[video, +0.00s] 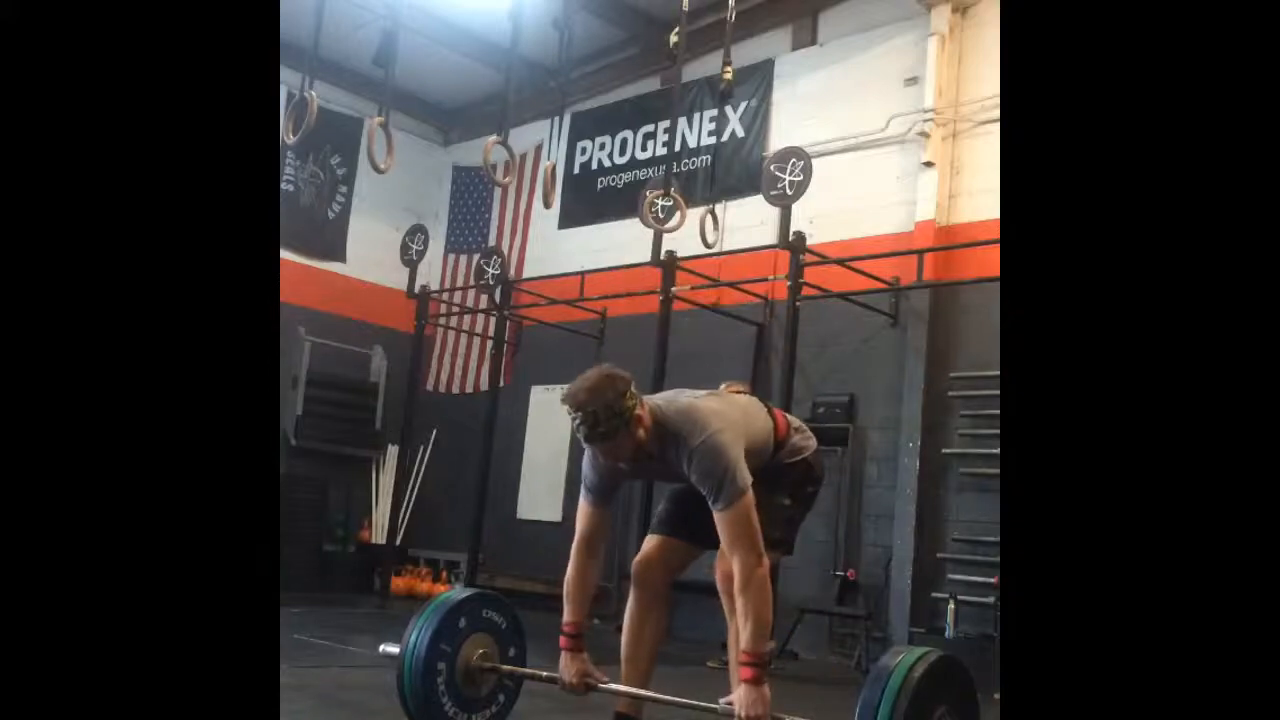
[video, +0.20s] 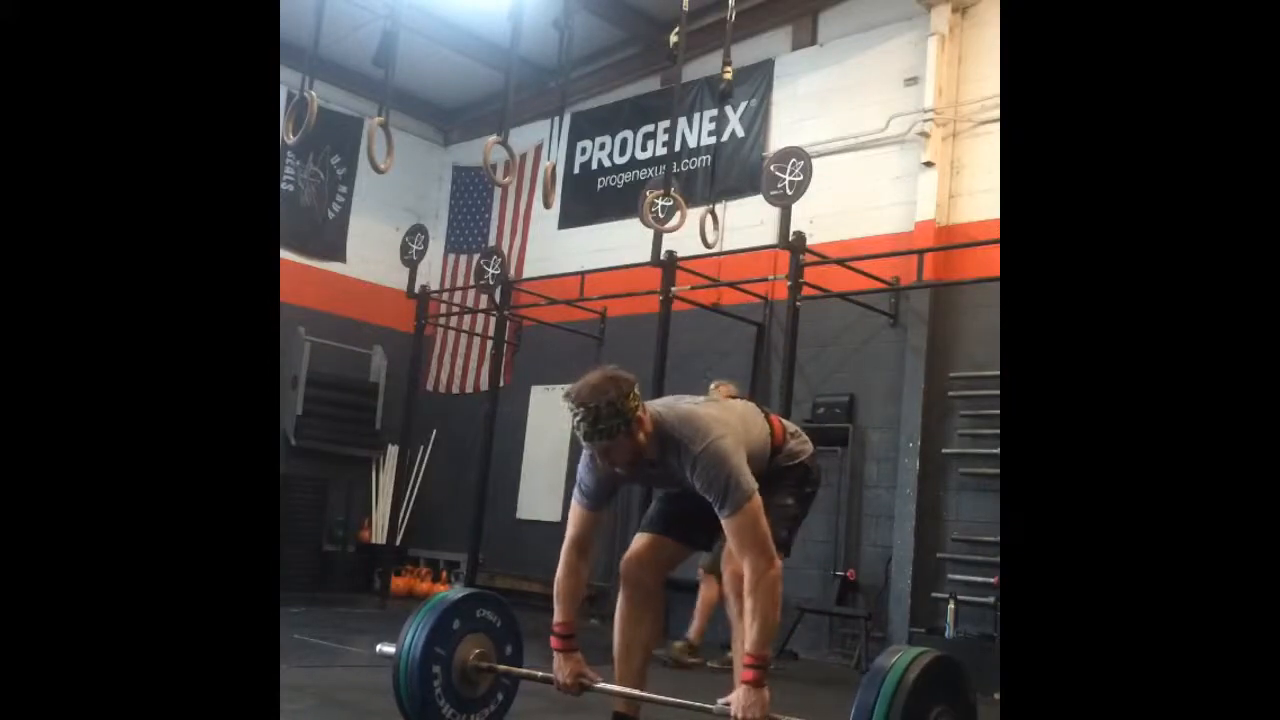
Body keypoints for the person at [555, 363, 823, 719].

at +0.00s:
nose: (610, 459)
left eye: (616, 447)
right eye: (600, 451)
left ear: (640, 419)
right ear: (589, 436)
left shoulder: (708, 442)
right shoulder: (601, 447)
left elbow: (751, 562)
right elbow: (586, 547)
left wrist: (753, 680)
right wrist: (571, 646)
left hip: (786, 461)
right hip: (713, 466)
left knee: (731, 574)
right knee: (647, 569)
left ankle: (746, 707)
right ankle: (628, 707)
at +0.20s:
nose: (607, 462)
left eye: (613, 450)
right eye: (598, 453)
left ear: (641, 422)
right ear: (589, 440)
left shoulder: (709, 449)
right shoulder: (600, 452)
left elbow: (763, 564)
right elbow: (576, 548)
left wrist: (753, 682)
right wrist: (564, 646)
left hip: (783, 464)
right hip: (706, 469)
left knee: (739, 573)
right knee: (637, 567)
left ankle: (748, 706)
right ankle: (625, 709)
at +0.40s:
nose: (595, 457)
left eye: (603, 444)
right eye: (589, 446)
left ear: (639, 429)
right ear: (582, 439)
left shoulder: (704, 463)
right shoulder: (592, 469)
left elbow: (776, 574)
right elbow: (561, 556)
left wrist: (763, 687)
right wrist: (558, 652)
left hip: (780, 490)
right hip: (703, 493)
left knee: (728, 578)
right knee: (614, 574)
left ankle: (747, 710)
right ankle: (623, 710)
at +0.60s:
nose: (594, 451)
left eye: (604, 436)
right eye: (587, 438)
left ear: (640, 428)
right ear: (581, 437)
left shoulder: (699, 476)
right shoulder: (587, 480)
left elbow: (780, 578)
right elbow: (566, 560)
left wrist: (760, 687)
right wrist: (558, 652)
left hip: (770, 533)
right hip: (692, 535)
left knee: (704, 592)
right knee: (599, 585)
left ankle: (743, 712)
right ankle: (620, 713)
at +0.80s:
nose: (599, 423)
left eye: (610, 409)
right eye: (591, 409)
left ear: (645, 388)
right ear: (585, 398)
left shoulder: (704, 444)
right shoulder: (594, 452)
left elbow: (738, 563)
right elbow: (579, 546)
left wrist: (743, 684)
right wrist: (558, 647)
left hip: (779, 489)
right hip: (699, 494)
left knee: (723, 579)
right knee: (620, 571)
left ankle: (742, 705)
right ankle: (625, 708)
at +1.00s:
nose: (601, 373)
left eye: (615, 359)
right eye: (598, 361)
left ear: (653, 372)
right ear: (593, 370)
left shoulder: (703, 444)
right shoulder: (596, 446)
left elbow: (735, 565)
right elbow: (575, 547)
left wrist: (742, 683)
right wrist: (556, 649)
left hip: (775, 503)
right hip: (694, 507)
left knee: (712, 586)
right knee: (612, 576)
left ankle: (741, 708)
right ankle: (624, 708)